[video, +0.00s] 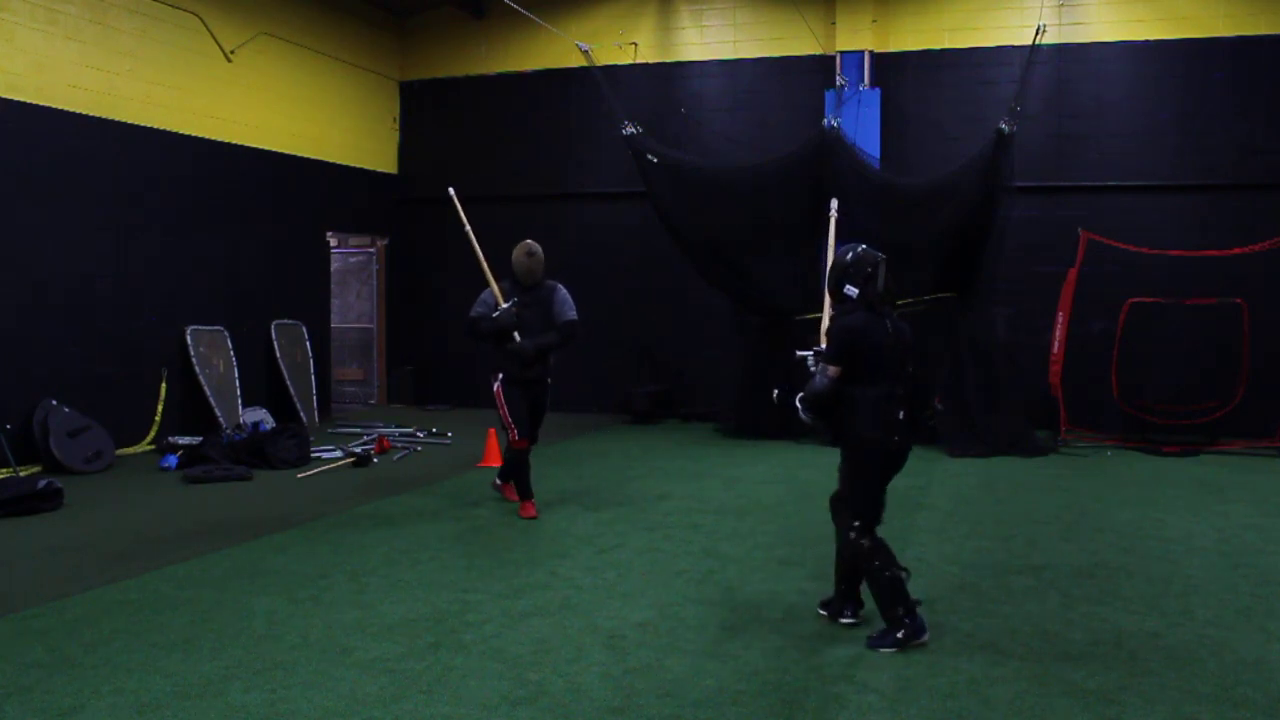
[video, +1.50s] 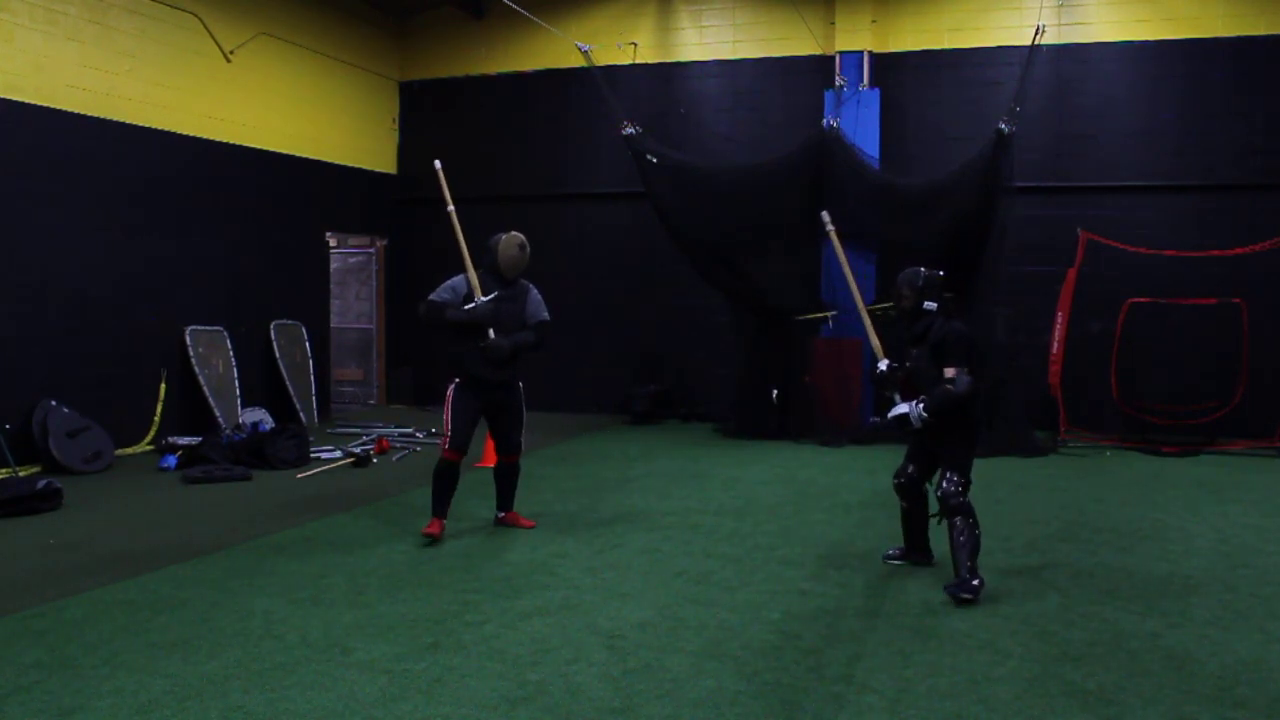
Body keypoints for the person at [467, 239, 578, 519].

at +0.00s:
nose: (530, 280)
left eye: (534, 274)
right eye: (525, 275)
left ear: (542, 270)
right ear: (516, 270)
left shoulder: (555, 293)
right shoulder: (497, 294)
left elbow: (570, 330)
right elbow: (473, 327)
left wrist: (534, 346)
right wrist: (499, 321)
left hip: (540, 376)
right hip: (507, 375)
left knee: (528, 437)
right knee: (519, 437)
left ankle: (503, 479)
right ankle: (526, 498)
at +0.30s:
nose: (526, 273)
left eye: (531, 268)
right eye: (522, 267)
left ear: (536, 267)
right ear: (510, 265)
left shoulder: (543, 295)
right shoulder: (487, 289)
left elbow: (554, 332)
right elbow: (461, 320)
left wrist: (520, 344)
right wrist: (492, 317)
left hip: (522, 372)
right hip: (489, 369)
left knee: (513, 430)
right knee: (494, 428)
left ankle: (500, 485)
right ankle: (489, 490)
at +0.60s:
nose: (511, 273)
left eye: (516, 268)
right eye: (506, 267)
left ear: (522, 267)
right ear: (495, 264)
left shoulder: (529, 295)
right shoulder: (471, 289)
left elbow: (542, 331)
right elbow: (447, 319)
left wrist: (509, 342)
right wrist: (478, 316)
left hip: (507, 377)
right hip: (472, 375)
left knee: (502, 435)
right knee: (461, 436)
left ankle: (497, 486)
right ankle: (447, 495)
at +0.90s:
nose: (497, 266)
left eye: (502, 262)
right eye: (493, 260)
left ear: (507, 265)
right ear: (482, 259)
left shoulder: (512, 295)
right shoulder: (454, 285)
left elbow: (522, 334)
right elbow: (427, 314)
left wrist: (489, 342)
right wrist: (460, 312)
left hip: (491, 378)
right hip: (454, 376)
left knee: (510, 433)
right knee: (448, 440)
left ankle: (498, 482)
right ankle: (445, 498)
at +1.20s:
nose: (507, 263)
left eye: (511, 258)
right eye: (500, 257)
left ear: (515, 264)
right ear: (485, 260)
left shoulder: (516, 299)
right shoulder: (459, 290)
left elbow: (529, 338)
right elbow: (433, 320)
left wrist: (500, 350)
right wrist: (473, 319)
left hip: (499, 384)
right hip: (460, 382)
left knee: (508, 447)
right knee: (451, 448)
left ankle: (506, 508)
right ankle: (445, 498)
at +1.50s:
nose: (515, 260)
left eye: (520, 255)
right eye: (509, 253)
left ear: (524, 261)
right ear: (493, 255)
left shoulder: (527, 293)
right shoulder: (467, 284)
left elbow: (542, 332)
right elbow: (430, 309)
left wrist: (508, 344)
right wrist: (469, 313)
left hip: (507, 384)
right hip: (467, 381)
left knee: (510, 451)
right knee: (453, 450)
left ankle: (505, 512)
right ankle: (438, 518)